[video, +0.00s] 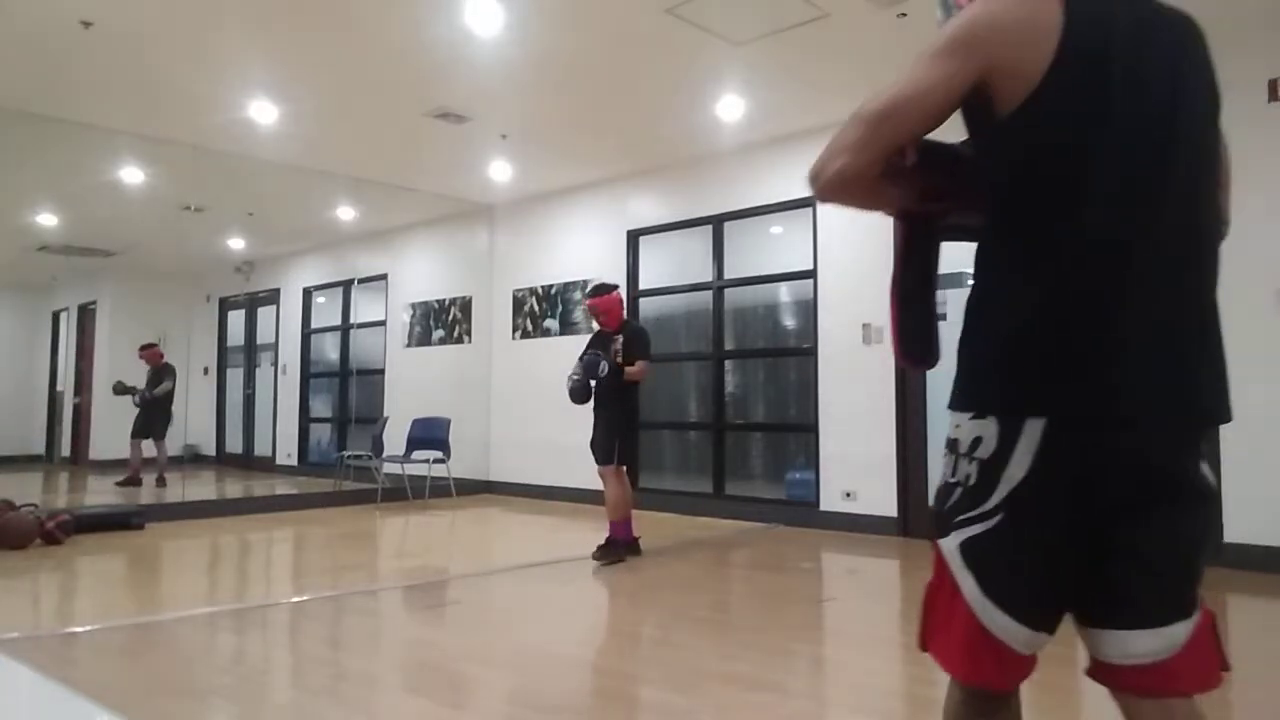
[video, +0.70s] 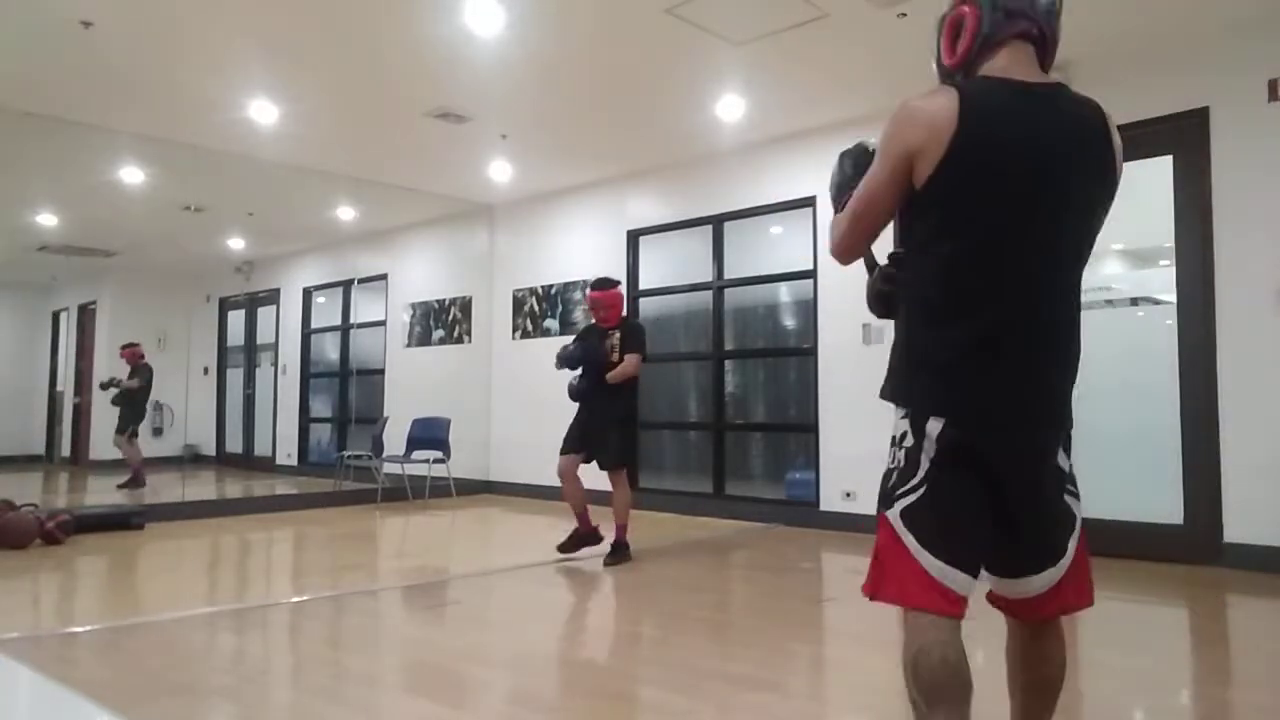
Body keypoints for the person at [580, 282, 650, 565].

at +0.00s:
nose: (597, 319)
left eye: (599, 313)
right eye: (594, 314)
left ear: (614, 307)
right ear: (595, 312)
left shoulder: (635, 333)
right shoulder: (599, 336)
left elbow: (640, 371)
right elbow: (583, 364)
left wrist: (609, 371)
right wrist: (578, 378)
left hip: (621, 411)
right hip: (604, 411)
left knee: (608, 470)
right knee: (616, 471)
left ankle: (617, 539)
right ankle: (626, 537)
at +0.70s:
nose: (597, 314)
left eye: (603, 308)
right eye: (594, 308)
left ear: (617, 305)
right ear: (590, 307)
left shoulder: (631, 330)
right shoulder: (588, 332)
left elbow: (631, 367)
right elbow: (567, 358)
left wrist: (599, 380)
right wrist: (568, 357)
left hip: (618, 414)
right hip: (589, 412)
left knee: (618, 476)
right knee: (566, 469)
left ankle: (620, 542)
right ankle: (585, 529)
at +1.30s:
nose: (566, 304)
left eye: (573, 297)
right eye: (559, 297)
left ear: (582, 300)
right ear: (550, 300)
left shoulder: (591, 329)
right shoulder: (539, 330)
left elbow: (602, 368)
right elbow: (510, 361)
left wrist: (566, 380)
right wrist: (538, 359)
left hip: (578, 411)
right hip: (547, 411)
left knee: (582, 477)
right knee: (550, 476)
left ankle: (605, 535)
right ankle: (554, 545)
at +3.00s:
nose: (545, 282)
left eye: (552, 275)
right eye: (536, 275)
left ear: (562, 278)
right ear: (523, 279)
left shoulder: (571, 310)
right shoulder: (509, 313)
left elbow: (595, 341)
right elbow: (478, 341)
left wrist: (574, 334)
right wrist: (509, 330)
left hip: (562, 410)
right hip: (522, 411)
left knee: (572, 490)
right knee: (524, 488)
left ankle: (563, 541)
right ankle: (525, 570)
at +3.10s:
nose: (543, 279)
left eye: (550, 271)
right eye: (534, 272)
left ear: (560, 274)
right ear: (522, 275)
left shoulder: (569, 310)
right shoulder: (506, 311)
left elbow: (602, 333)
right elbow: (468, 328)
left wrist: (638, 344)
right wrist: (438, 332)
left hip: (562, 411)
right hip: (521, 412)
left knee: (571, 486)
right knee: (523, 488)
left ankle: (567, 556)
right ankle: (525, 571)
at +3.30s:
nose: (553, 268)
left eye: (560, 262)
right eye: (544, 260)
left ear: (568, 268)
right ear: (529, 266)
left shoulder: (575, 307)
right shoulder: (510, 303)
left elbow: (601, 337)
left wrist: (633, 356)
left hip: (561, 412)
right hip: (520, 413)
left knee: (568, 489)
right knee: (522, 489)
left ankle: (584, 573)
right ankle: (525, 572)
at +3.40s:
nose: (559, 268)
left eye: (567, 262)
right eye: (551, 260)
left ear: (576, 269)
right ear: (536, 266)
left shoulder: (578, 306)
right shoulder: (519, 301)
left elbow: (578, 351)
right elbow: (504, 345)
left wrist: (583, 369)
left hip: (563, 410)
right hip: (523, 409)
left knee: (570, 491)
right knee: (523, 490)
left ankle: (582, 578)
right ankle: (525, 572)